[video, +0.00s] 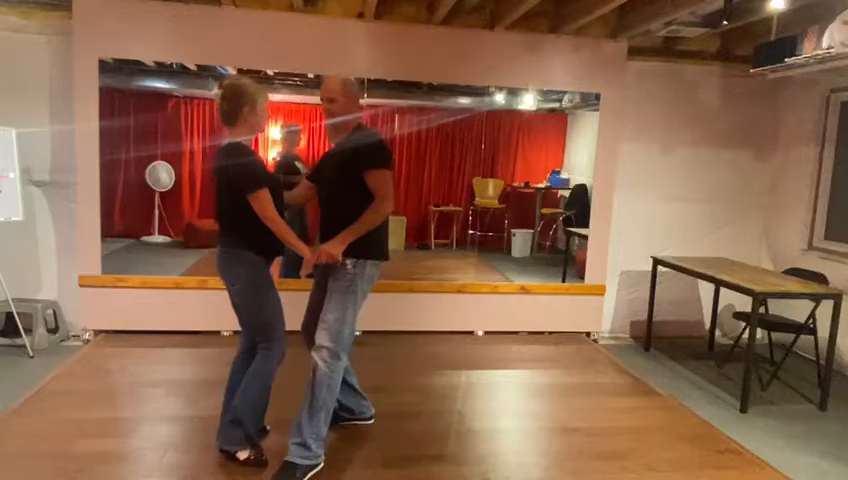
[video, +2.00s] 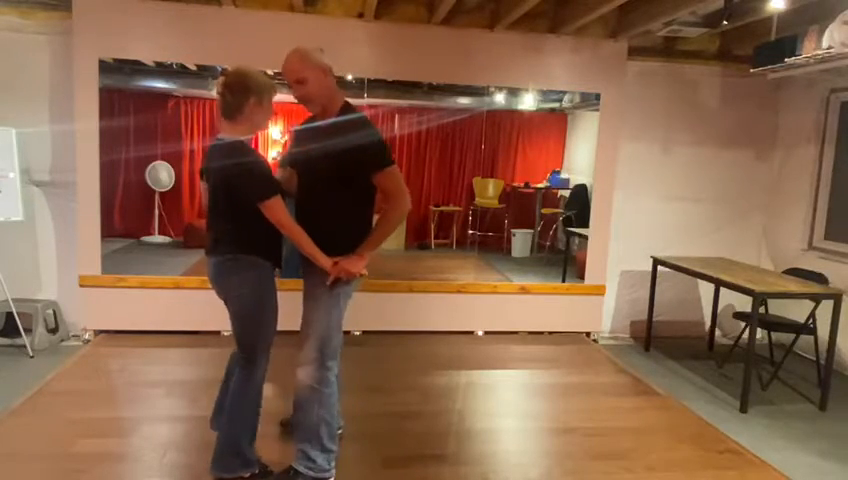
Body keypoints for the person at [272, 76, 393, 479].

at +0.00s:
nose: (324, 106)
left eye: (331, 100)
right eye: (323, 100)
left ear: (355, 103)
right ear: (328, 103)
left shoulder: (369, 144)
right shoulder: (333, 152)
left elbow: (386, 204)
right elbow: (297, 195)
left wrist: (341, 241)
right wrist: (254, 190)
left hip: (358, 260)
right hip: (332, 257)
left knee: (328, 347)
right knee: (315, 333)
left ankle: (306, 452)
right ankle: (353, 404)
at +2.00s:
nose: (296, 92)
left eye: (300, 82)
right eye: (291, 86)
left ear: (326, 74)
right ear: (294, 88)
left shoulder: (359, 129)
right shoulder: (304, 131)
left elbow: (400, 201)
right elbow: (288, 186)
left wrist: (361, 256)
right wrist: (242, 182)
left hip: (340, 261)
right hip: (311, 256)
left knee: (316, 361)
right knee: (316, 346)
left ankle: (314, 465)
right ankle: (316, 417)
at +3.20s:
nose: (275, 98)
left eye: (281, 88)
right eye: (271, 91)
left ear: (305, 84)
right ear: (276, 93)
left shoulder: (329, 126)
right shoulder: (298, 134)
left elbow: (380, 170)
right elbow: (281, 180)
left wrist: (358, 227)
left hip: (340, 251)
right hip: (323, 250)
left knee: (323, 348)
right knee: (331, 342)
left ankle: (312, 457)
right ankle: (329, 418)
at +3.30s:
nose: (275, 97)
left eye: (281, 88)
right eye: (271, 90)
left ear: (305, 85)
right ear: (277, 92)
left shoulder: (328, 125)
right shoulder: (297, 135)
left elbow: (384, 164)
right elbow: (271, 179)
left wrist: (368, 223)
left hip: (343, 253)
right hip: (323, 253)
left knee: (325, 349)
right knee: (327, 342)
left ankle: (313, 460)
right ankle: (326, 418)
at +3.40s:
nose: (277, 92)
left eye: (284, 84)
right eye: (273, 85)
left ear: (308, 84)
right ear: (274, 91)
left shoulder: (333, 124)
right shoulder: (291, 138)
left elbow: (388, 154)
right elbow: (264, 183)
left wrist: (379, 214)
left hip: (344, 252)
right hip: (320, 252)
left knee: (325, 351)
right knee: (318, 340)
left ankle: (313, 462)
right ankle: (325, 416)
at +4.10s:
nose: (312, 136)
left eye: (318, 128)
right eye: (305, 129)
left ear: (334, 129)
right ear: (298, 135)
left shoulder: (361, 166)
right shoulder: (295, 188)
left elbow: (392, 220)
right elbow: (247, 217)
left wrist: (348, 254)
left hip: (367, 279)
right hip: (327, 280)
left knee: (306, 353)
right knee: (276, 343)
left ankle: (313, 467)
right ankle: (322, 419)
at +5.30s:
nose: (299, 123)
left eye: (303, 116)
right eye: (300, 116)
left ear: (314, 118)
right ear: (341, 116)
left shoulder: (356, 168)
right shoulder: (311, 169)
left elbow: (342, 248)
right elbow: (274, 198)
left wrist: (285, 270)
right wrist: (231, 197)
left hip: (349, 294)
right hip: (327, 288)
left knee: (275, 383)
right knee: (307, 352)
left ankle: (310, 470)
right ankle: (324, 417)